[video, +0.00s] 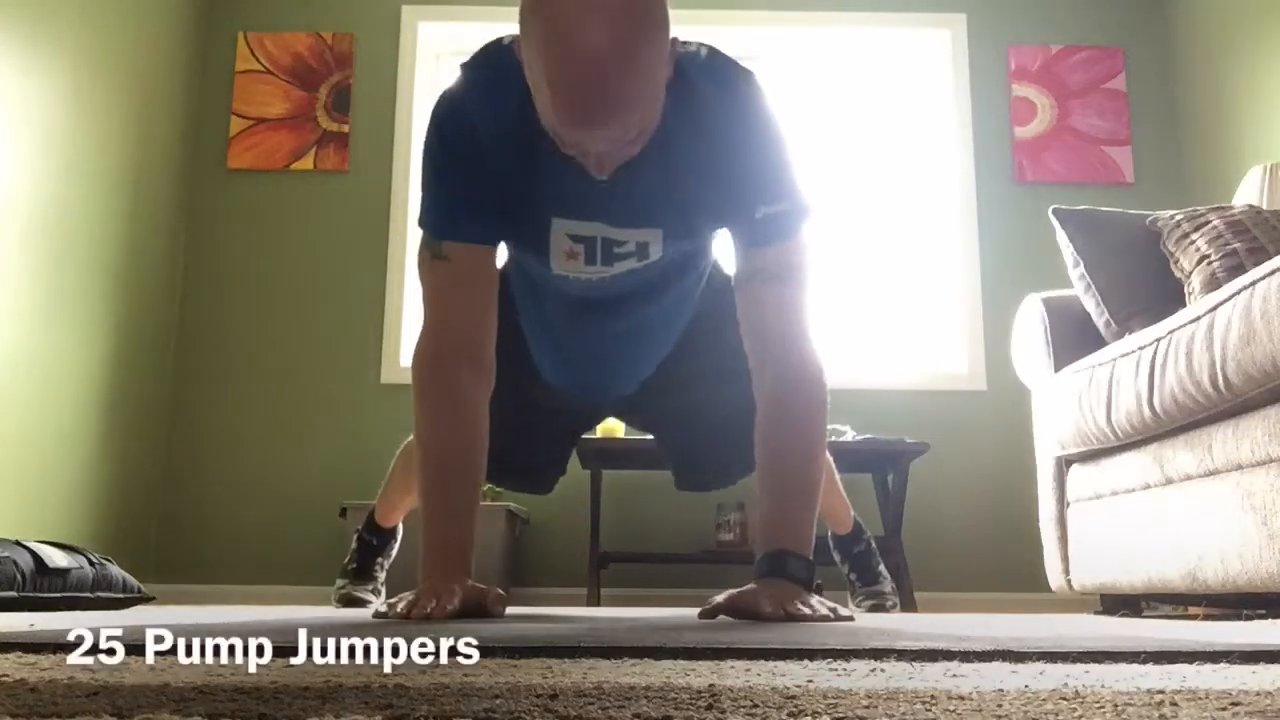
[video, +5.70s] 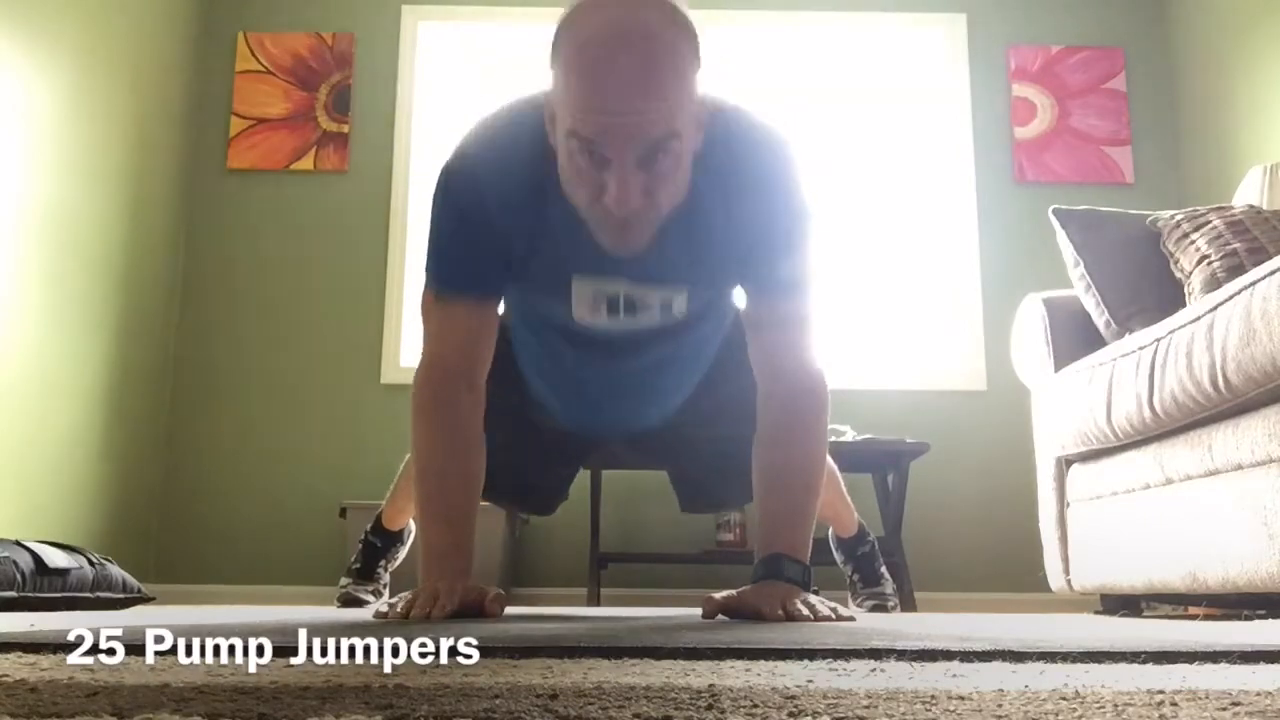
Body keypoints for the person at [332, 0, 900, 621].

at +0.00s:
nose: (600, 166)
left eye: (626, 142)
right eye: (574, 145)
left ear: (668, 65)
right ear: (526, 71)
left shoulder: (726, 103)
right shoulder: (475, 115)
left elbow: (784, 353)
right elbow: (453, 356)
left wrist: (785, 573)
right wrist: (444, 582)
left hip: (681, 315)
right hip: (536, 317)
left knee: (788, 431)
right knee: (444, 442)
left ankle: (854, 547)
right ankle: (375, 533)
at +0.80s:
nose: (612, 241)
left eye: (634, 228)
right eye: (590, 229)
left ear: (679, 147)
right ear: (544, 153)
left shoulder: (739, 139)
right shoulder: (497, 126)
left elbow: (781, 361)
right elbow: (464, 356)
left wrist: (787, 560)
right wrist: (448, 576)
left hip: (676, 318)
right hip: (535, 320)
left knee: (780, 431)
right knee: (450, 450)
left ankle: (854, 548)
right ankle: (377, 531)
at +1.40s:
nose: (605, 195)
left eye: (633, 159)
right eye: (579, 159)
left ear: (676, 105)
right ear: (539, 102)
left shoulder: (735, 125)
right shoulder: (483, 133)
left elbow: (776, 360)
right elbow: (461, 356)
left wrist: (779, 574)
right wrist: (445, 580)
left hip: (690, 339)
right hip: (540, 336)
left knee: (787, 453)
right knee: (445, 449)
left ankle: (855, 551)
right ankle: (384, 547)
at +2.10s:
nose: (609, 115)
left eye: (643, 73)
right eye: (579, 71)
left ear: (684, 66)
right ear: (544, 65)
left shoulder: (732, 120)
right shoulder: (494, 119)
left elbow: (779, 358)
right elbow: (459, 353)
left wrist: (783, 575)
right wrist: (445, 582)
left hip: (686, 355)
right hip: (532, 354)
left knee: (787, 457)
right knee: (445, 455)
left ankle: (858, 556)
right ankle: (378, 545)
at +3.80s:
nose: (626, 160)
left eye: (645, 134)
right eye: (602, 134)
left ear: (693, 54)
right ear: (561, 57)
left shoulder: (748, 108)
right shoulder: (494, 115)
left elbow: (783, 360)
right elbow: (462, 353)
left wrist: (784, 576)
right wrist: (446, 582)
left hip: (694, 330)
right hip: (544, 329)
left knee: (794, 454)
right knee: (449, 452)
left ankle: (859, 545)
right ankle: (385, 545)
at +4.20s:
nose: (623, 238)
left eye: (644, 225)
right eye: (600, 225)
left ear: (694, 139)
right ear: (552, 142)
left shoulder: (743, 122)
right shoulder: (496, 126)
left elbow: (782, 366)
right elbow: (463, 356)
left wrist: (779, 572)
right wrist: (448, 578)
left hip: (692, 329)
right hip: (539, 327)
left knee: (786, 438)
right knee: (455, 423)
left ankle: (858, 542)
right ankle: (387, 533)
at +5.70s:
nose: (622, 194)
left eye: (655, 155)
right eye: (590, 153)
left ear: (696, 123)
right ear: (553, 115)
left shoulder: (754, 168)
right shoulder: (486, 172)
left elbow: (791, 377)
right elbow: (450, 377)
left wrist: (782, 576)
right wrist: (445, 584)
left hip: (701, 379)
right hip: (534, 379)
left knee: (793, 450)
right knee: (442, 447)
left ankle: (861, 549)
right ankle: (379, 552)